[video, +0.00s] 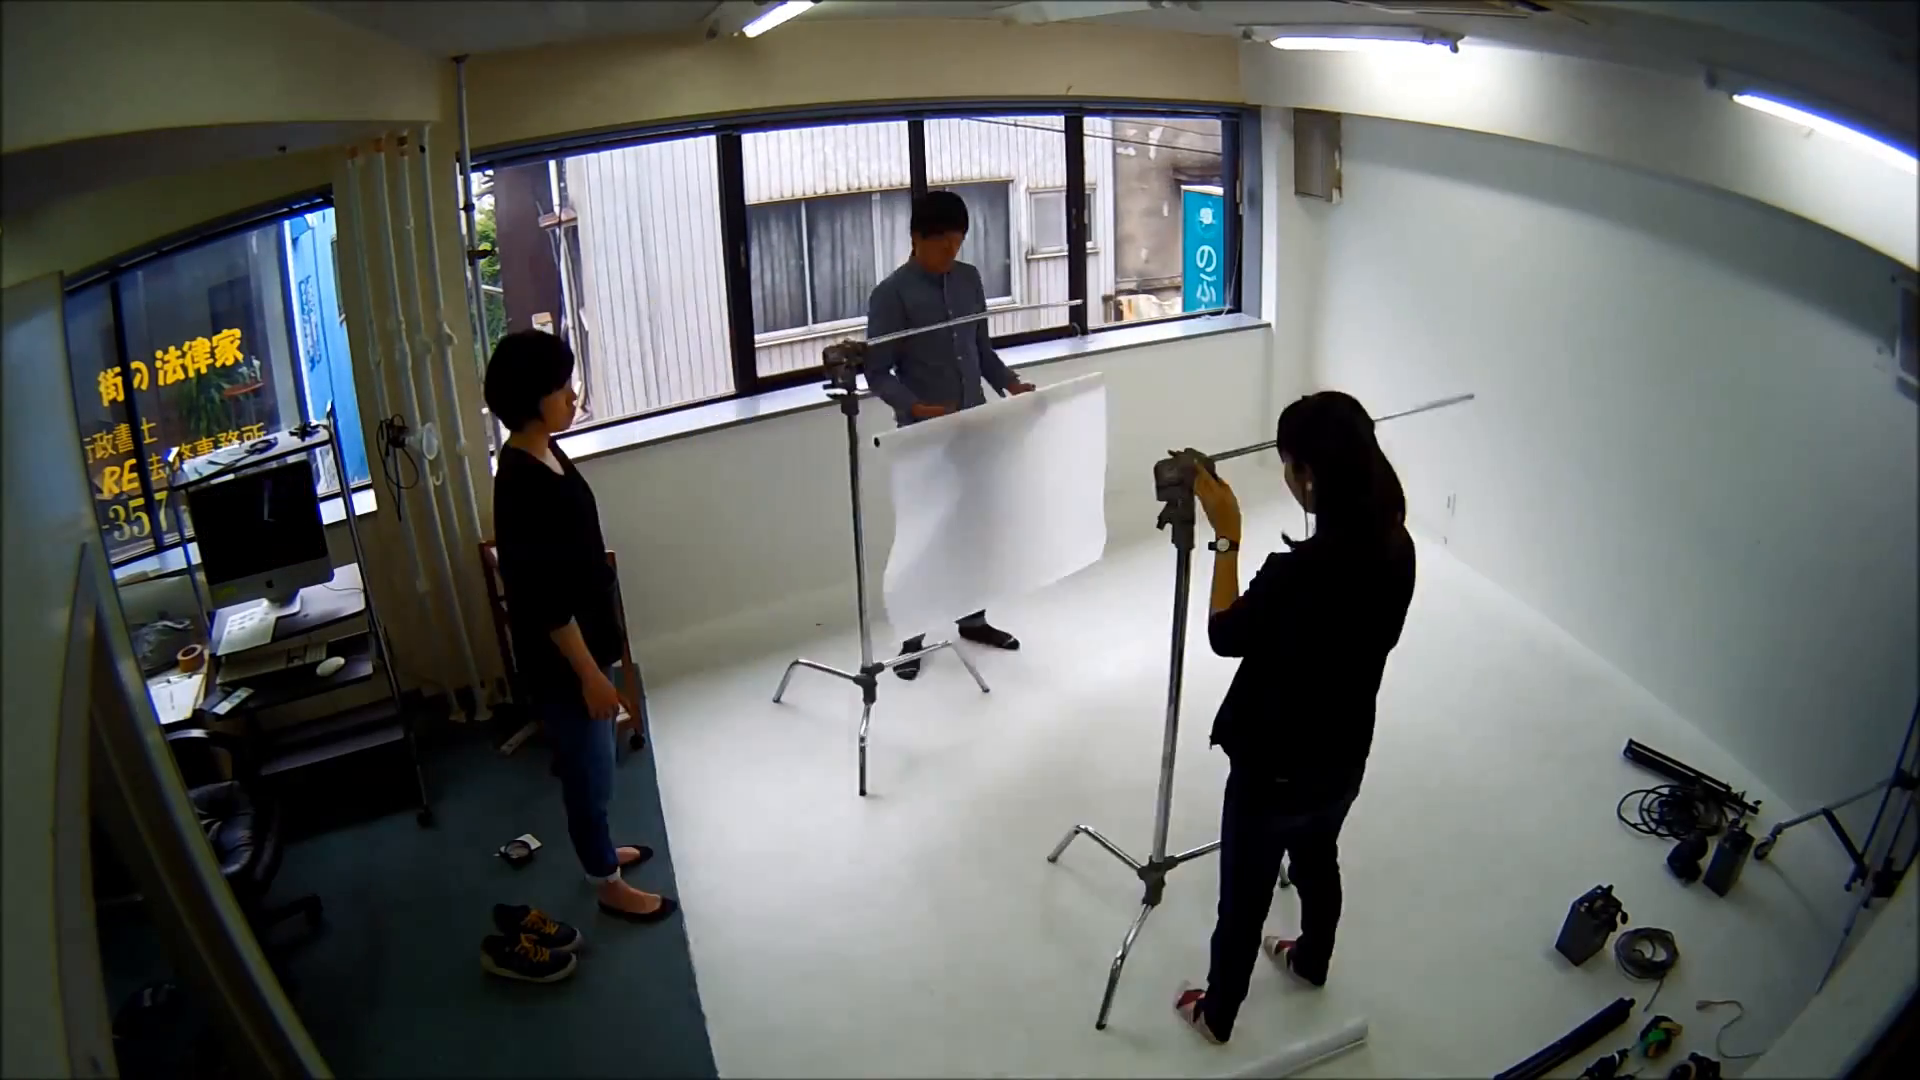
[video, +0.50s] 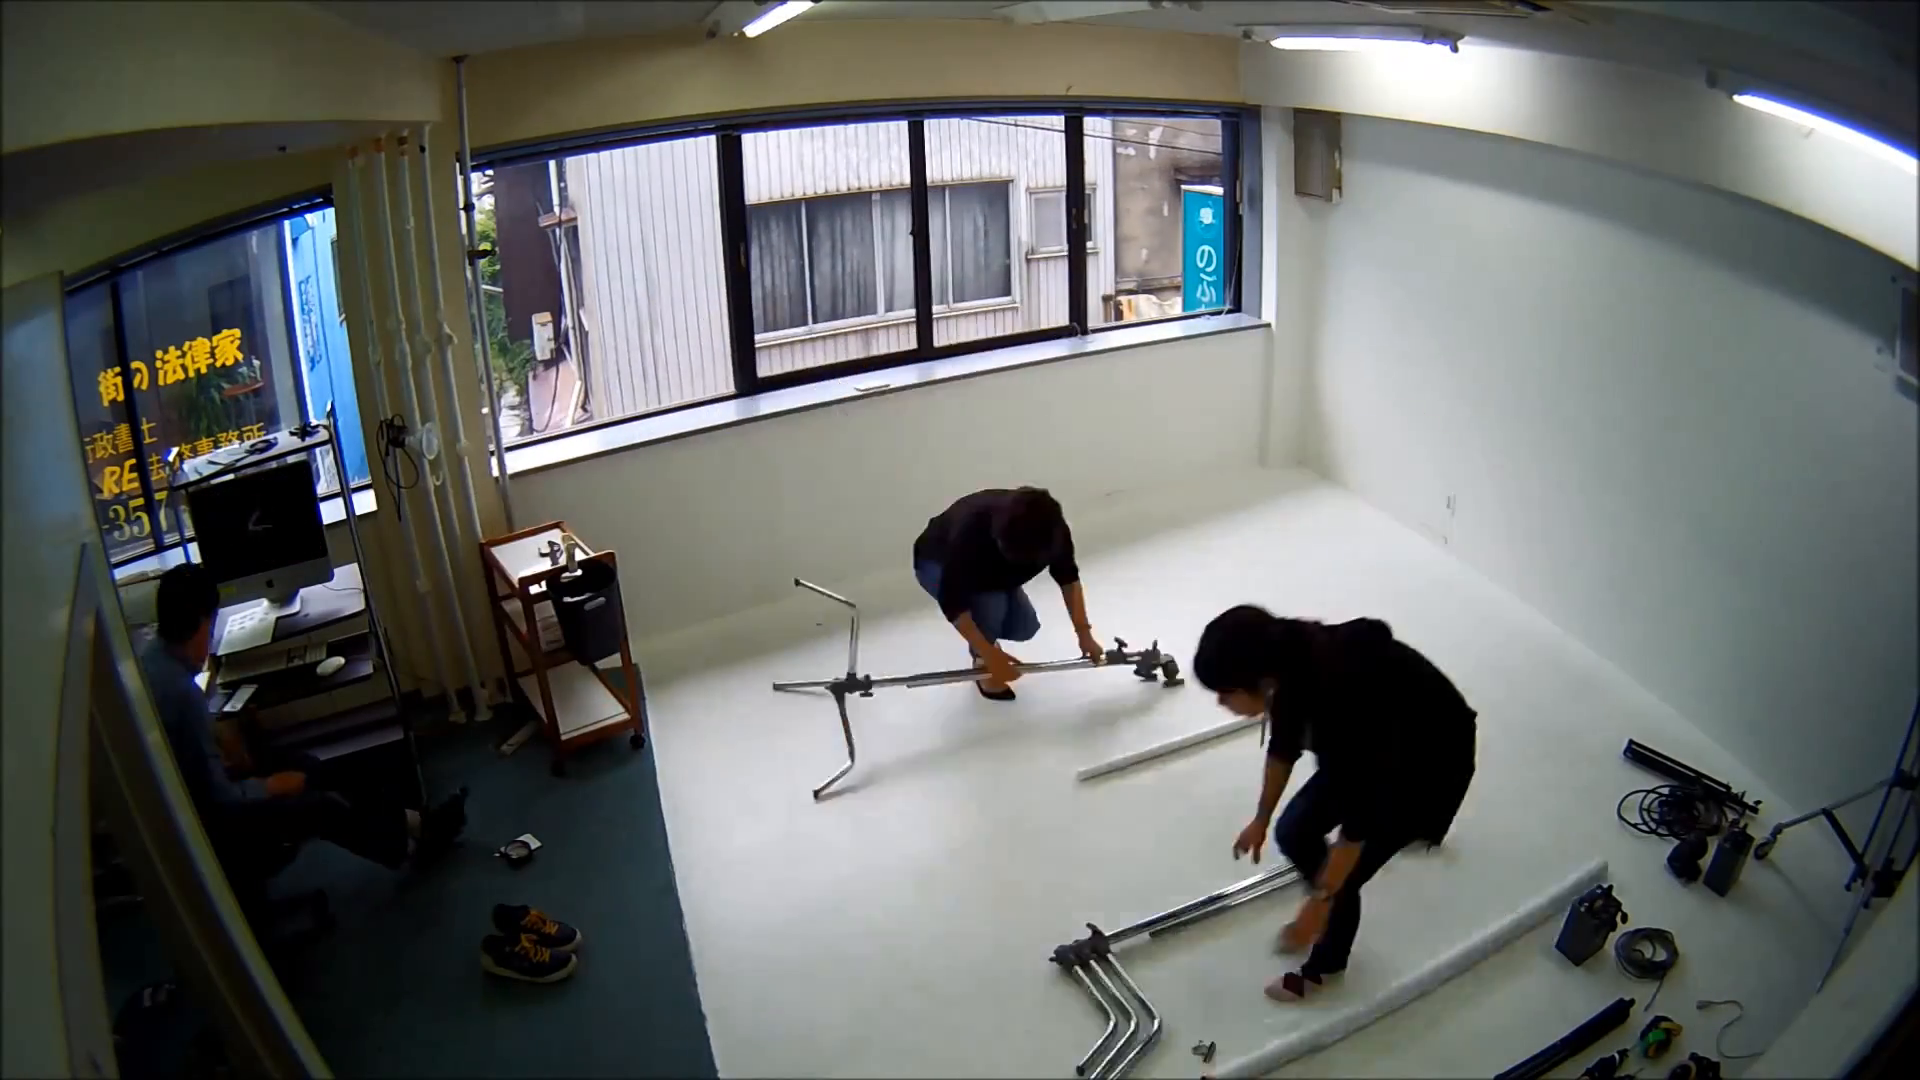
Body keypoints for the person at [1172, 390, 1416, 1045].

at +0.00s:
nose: (1285, 476)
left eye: (1288, 464)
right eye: (1285, 463)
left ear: (1309, 473)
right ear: (1366, 458)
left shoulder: (1297, 571)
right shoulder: (1397, 549)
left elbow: (1225, 635)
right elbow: (1366, 638)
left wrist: (1226, 538)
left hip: (1271, 761)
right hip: (1343, 751)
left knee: (1245, 892)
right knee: (1317, 859)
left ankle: (1219, 1010)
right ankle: (1313, 959)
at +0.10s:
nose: (1361, 464)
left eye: (1371, 451)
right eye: (1362, 451)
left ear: (1417, 461)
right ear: (1424, 460)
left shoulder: (1402, 546)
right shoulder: (1473, 527)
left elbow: (1301, 600)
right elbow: (1463, 625)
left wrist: (1263, 509)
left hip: (1388, 743)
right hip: (1444, 733)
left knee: (1350, 879)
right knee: (1416, 851)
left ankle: (1314, 1002)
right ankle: (1394, 946)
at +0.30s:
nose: (1360, 471)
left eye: (1365, 458)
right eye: (1361, 458)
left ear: (1396, 465)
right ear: (1415, 463)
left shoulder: (1371, 559)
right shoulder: (1446, 547)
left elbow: (1278, 616)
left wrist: (1233, 528)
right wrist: (1275, 555)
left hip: (1316, 758)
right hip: (1382, 748)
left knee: (1280, 874)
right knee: (1344, 860)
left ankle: (1260, 988)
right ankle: (1338, 973)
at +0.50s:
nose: (1224, 704)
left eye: (1226, 693)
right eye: (1220, 695)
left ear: (1258, 680)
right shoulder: (1295, 665)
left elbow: (1359, 827)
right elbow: (1283, 748)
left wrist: (1321, 901)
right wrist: (1261, 819)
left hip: (1431, 763)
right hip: (1369, 752)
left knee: (1343, 876)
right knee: (1294, 832)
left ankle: (1324, 968)